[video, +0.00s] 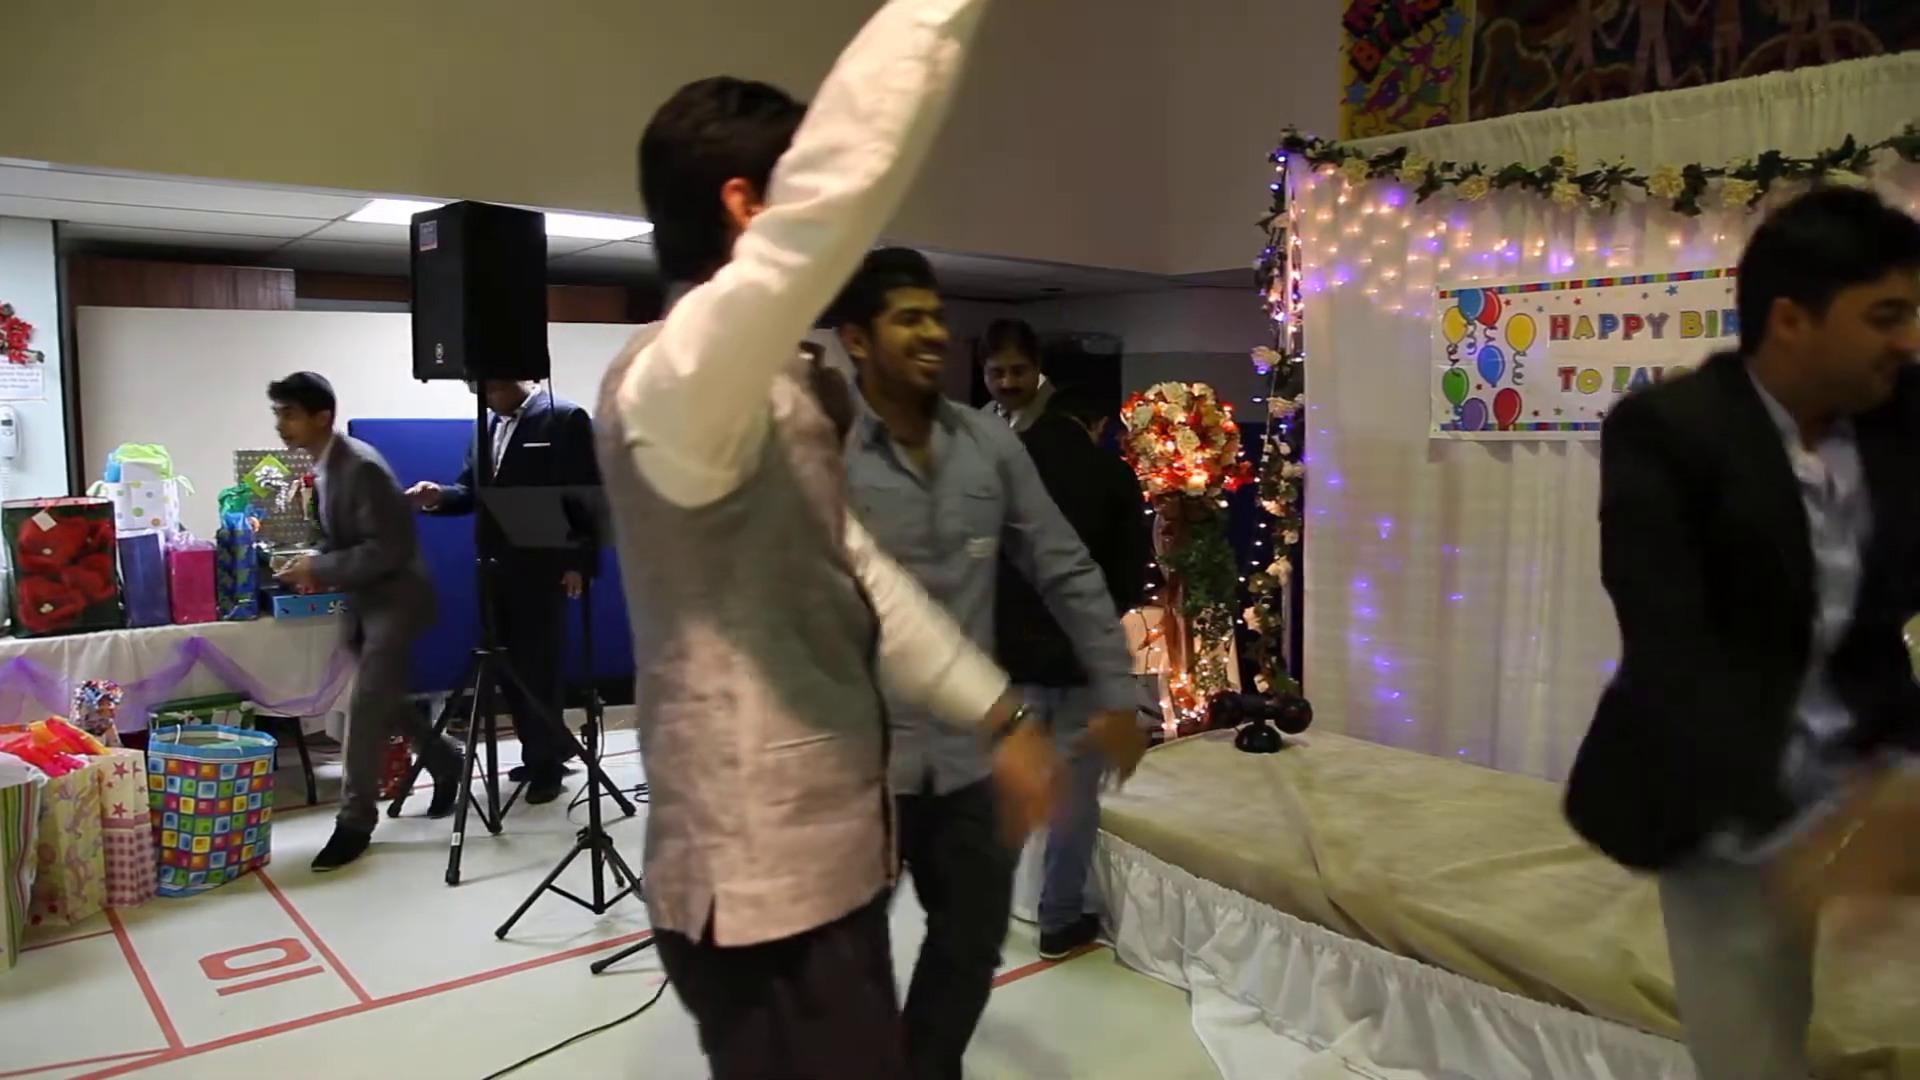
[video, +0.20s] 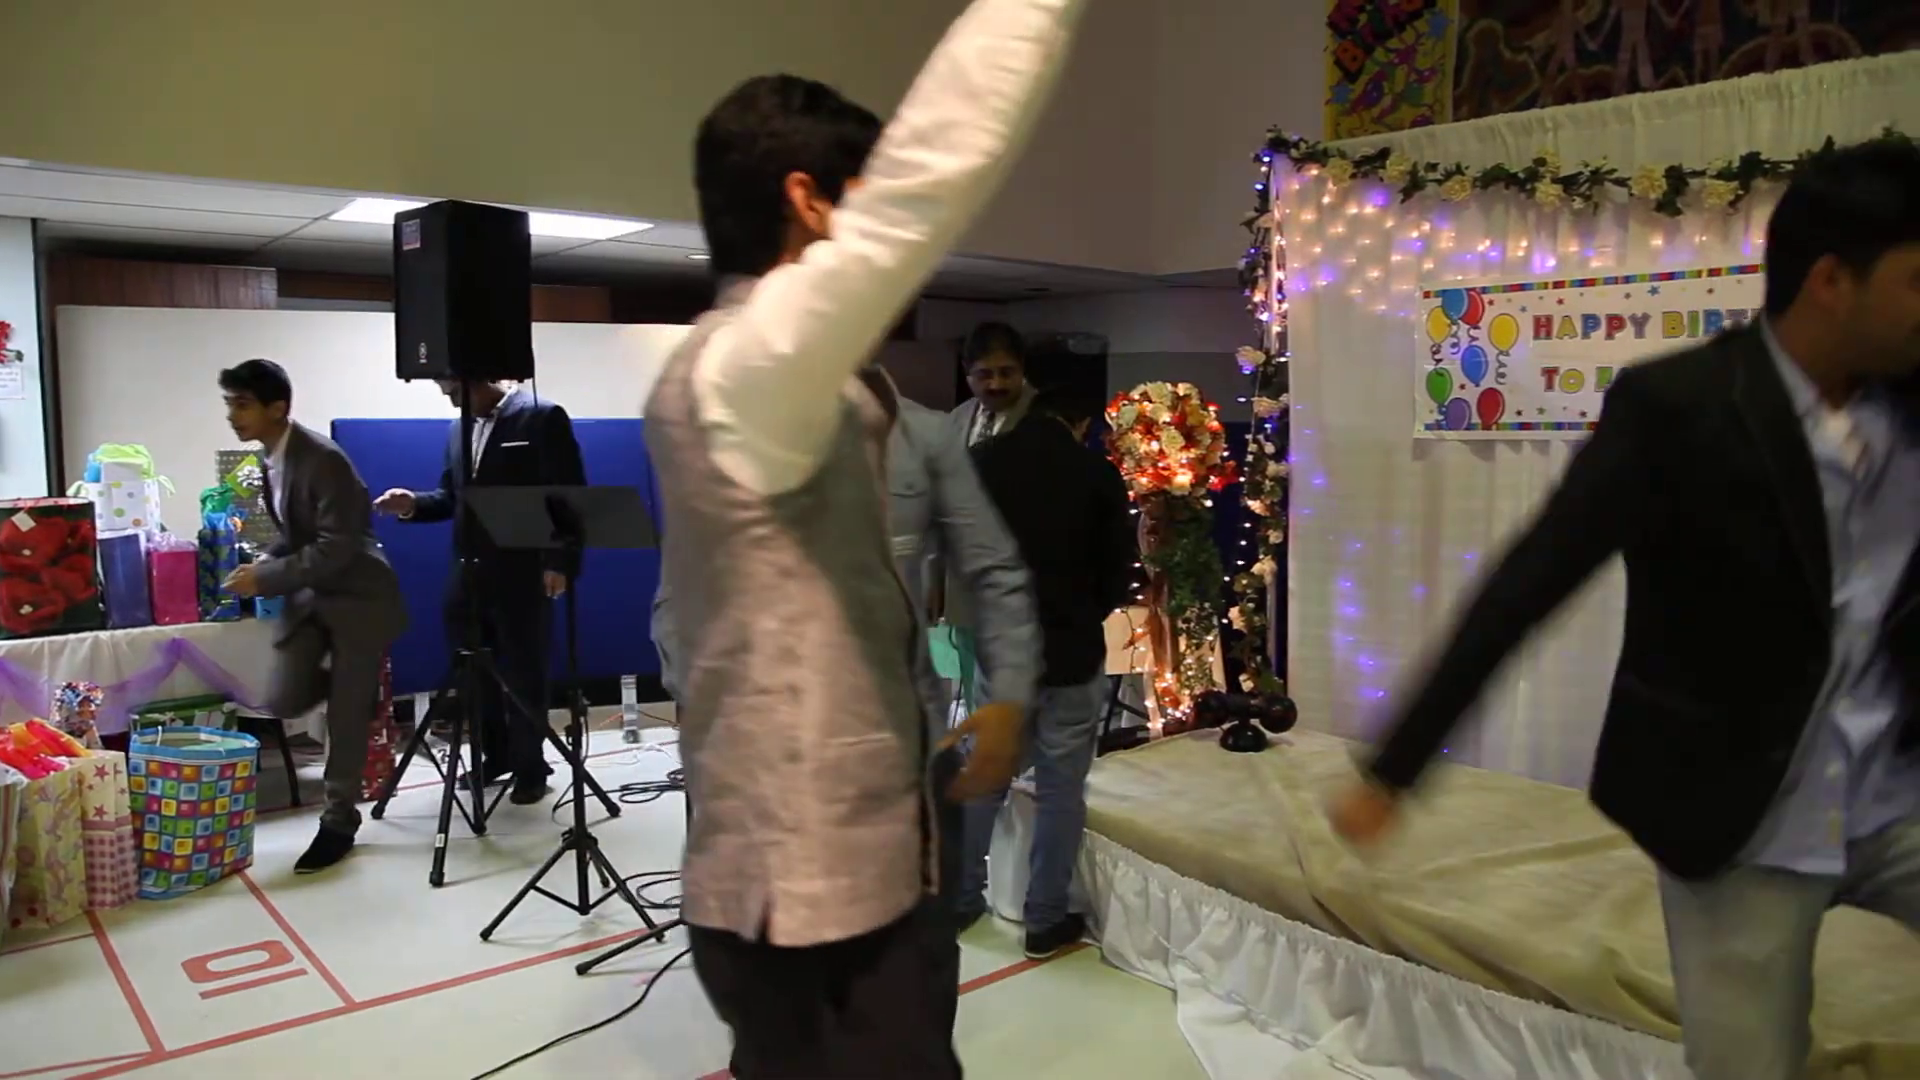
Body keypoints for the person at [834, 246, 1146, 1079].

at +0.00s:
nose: (932, 337)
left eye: (939, 322)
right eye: (910, 321)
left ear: (946, 336)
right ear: (858, 337)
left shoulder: (989, 445)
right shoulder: (822, 448)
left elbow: (1066, 568)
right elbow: (795, 595)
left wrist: (1118, 694)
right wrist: (816, 735)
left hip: (966, 742)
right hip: (856, 748)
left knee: (974, 938)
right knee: (849, 946)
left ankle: (928, 1066)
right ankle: (855, 1062)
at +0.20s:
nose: (994, 387)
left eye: (1005, 382)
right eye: (1093, 420)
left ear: (1031, 403)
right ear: (1082, 421)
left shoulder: (977, 462)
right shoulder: (1096, 473)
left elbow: (953, 552)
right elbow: (1116, 579)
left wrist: (975, 615)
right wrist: (1081, 608)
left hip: (998, 641)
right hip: (1072, 647)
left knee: (981, 766)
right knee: (1063, 785)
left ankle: (961, 894)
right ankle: (1046, 919)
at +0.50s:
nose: (1098, 420)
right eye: (1095, 411)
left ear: (1024, 400)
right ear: (1084, 411)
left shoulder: (988, 463)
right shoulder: (1095, 474)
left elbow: (964, 558)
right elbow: (1115, 579)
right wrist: (1074, 605)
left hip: (997, 654)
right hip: (1074, 657)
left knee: (980, 792)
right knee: (1061, 795)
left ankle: (973, 920)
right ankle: (1045, 922)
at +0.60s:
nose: (1102, 423)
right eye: (1099, 411)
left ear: (1035, 404)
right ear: (1088, 413)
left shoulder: (1001, 462)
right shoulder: (1096, 475)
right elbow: (1117, 573)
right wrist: (1086, 601)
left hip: (1005, 649)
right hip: (1072, 652)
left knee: (1008, 780)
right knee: (1065, 787)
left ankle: (1002, 914)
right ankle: (1056, 912)